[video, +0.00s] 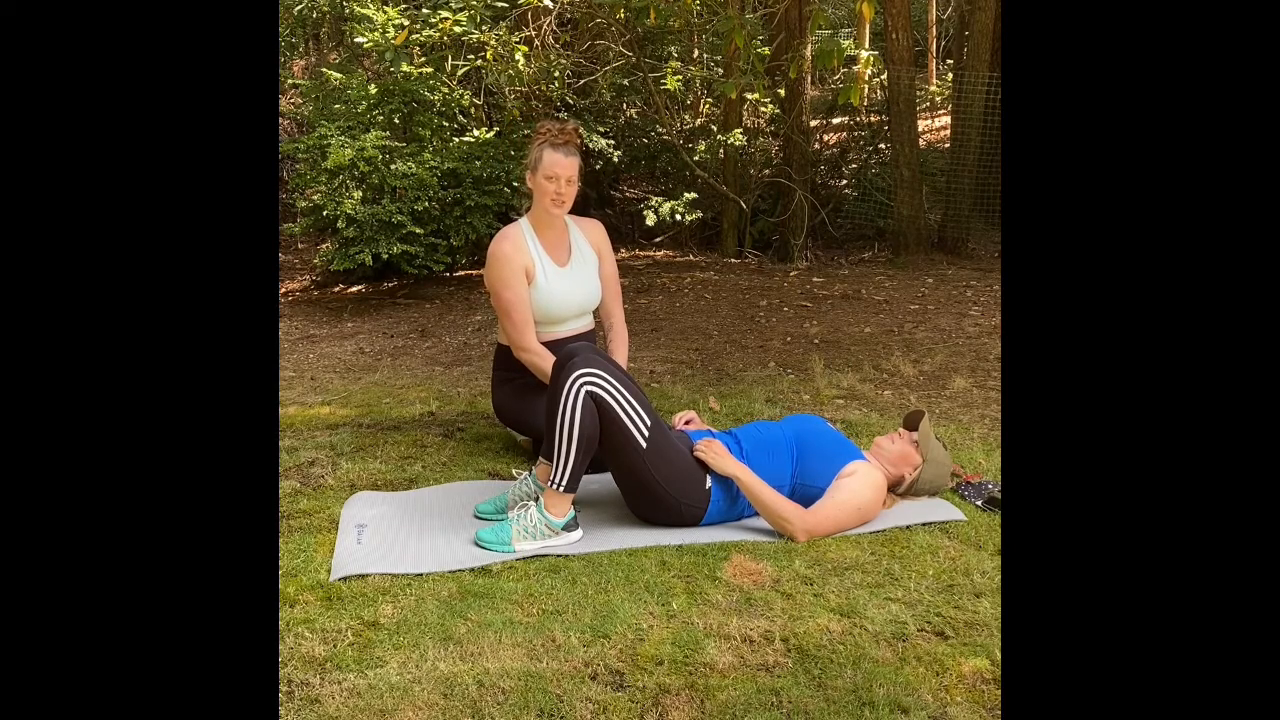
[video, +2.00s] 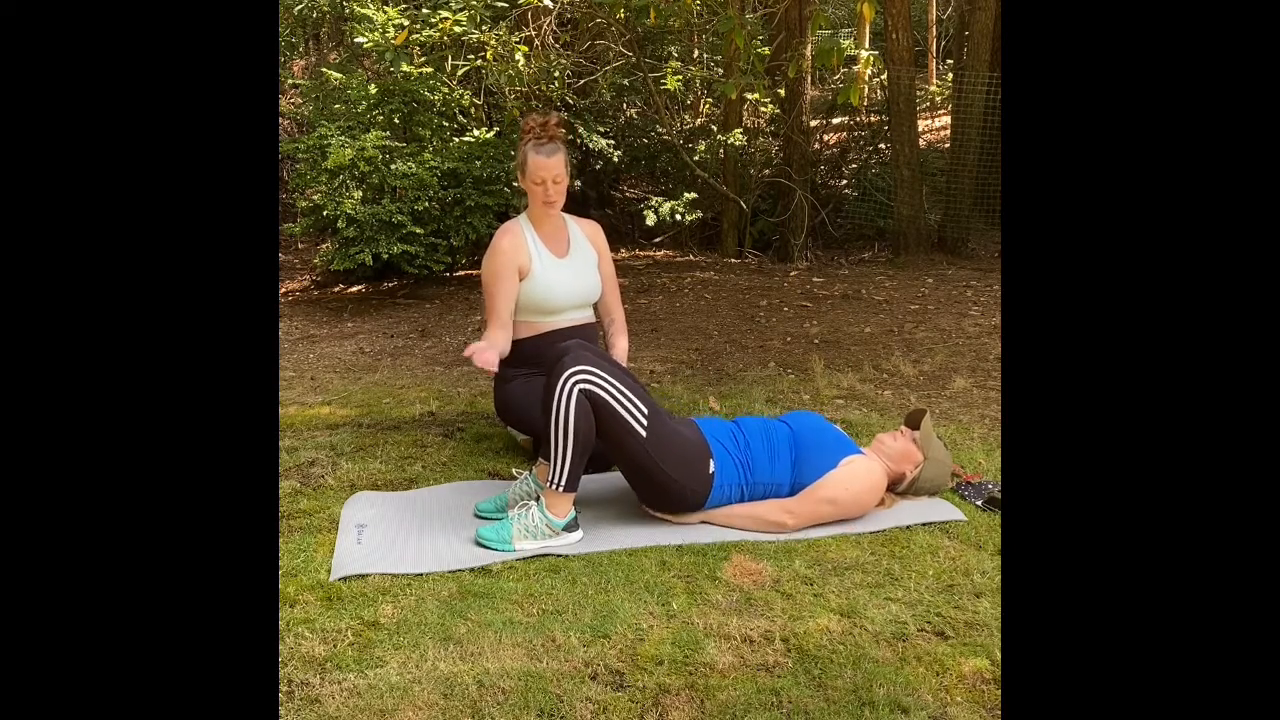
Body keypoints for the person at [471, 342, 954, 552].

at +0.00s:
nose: (897, 433)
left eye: (908, 440)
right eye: (906, 431)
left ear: (907, 471)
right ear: (895, 446)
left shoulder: (867, 483)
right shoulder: (843, 453)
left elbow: (805, 527)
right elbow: (760, 470)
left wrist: (732, 468)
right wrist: (705, 431)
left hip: (693, 490)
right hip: (682, 466)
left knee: (589, 373)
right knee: (580, 357)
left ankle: (554, 511)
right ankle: (542, 485)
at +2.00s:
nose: (897, 432)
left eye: (908, 438)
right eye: (906, 430)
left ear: (907, 469)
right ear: (897, 445)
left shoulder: (863, 478)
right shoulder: (844, 452)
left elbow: (788, 515)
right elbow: (763, 466)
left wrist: (700, 513)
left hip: (695, 474)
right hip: (680, 443)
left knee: (580, 369)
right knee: (546, 356)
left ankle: (556, 512)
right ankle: (546, 480)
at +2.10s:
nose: (897, 432)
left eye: (908, 438)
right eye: (906, 430)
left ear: (907, 469)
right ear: (899, 446)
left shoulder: (864, 478)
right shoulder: (846, 454)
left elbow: (789, 515)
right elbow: (768, 479)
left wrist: (705, 514)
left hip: (694, 477)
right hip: (680, 449)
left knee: (584, 373)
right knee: (575, 363)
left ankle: (555, 511)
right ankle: (543, 484)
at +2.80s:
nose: (897, 431)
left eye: (908, 438)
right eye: (906, 429)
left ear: (908, 469)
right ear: (898, 444)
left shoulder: (864, 477)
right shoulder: (847, 452)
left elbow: (791, 516)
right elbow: (768, 474)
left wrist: (706, 516)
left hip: (695, 478)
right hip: (683, 443)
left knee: (584, 376)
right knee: (584, 363)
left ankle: (555, 511)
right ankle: (546, 482)